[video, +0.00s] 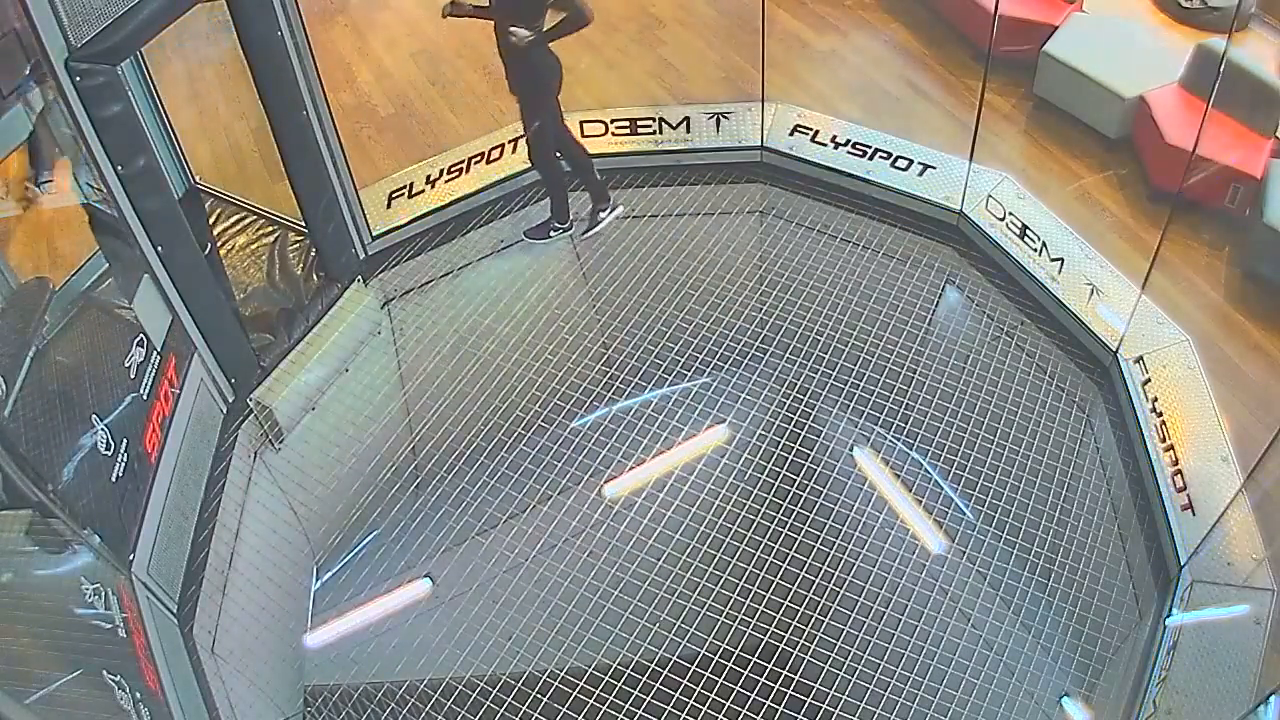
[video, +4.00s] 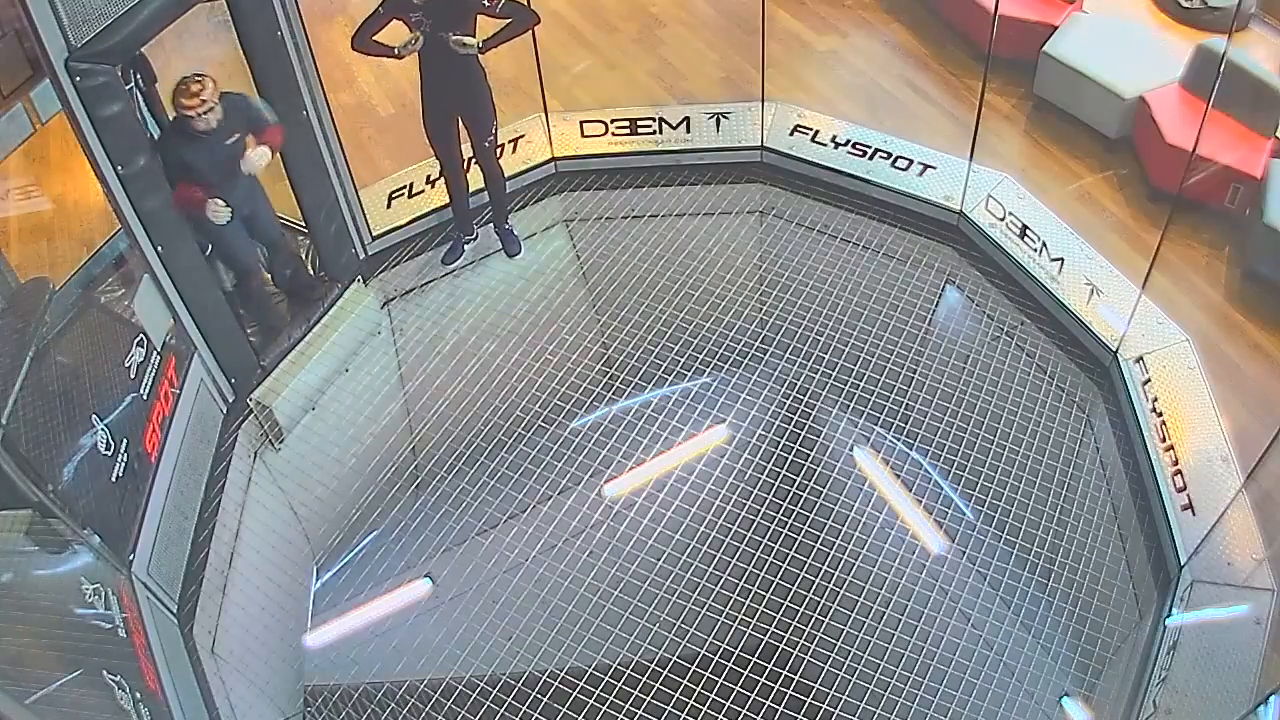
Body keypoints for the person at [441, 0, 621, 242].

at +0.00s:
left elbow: (582, 15)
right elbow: (508, 12)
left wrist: (535, 38)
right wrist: (468, 10)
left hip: (537, 72)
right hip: (523, 71)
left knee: (540, 151)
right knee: (562, 140)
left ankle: (561, 219)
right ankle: (603, 202)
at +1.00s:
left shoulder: (524, 2)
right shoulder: (469, 1)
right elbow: (446, 31)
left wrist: (558, 14)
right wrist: (400, 32)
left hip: (538, 71)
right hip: (508, 77)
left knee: (543, 149)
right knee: (554, 136)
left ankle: (558, 222)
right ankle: (603, 190)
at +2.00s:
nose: (436, 10)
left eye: (442, 7)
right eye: (434, 7)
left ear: (457, 3)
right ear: (432, 2)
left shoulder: (486, 9)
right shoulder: (428, 6)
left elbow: (551, 32)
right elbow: (430, 34)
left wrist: (505, 55)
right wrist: (381, 44)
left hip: (487, 97)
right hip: (451, 101)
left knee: (514, 165)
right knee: (453, 172)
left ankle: (555, 219)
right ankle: (466, 231)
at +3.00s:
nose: (414, 5)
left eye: (416, 3)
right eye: (409, 4)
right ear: (406, 3)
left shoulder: (463, 8)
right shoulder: (398, 11)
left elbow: (533, 26)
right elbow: (371, 38)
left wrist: (488, 53)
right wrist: (384, 64)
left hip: (472, 97)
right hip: (435, 104)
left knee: (487, 164)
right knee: (450, 173)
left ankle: (503, 225)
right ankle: (466, 233)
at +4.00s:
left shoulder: (470, 4)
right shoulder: (399, 5)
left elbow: (529, 17)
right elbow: (359, 41)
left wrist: (483, 45)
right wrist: (395, 51)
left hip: (472, 86)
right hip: (435, 92)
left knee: (487, 157)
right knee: (450, 166)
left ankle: (503, 224)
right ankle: (466, 232)